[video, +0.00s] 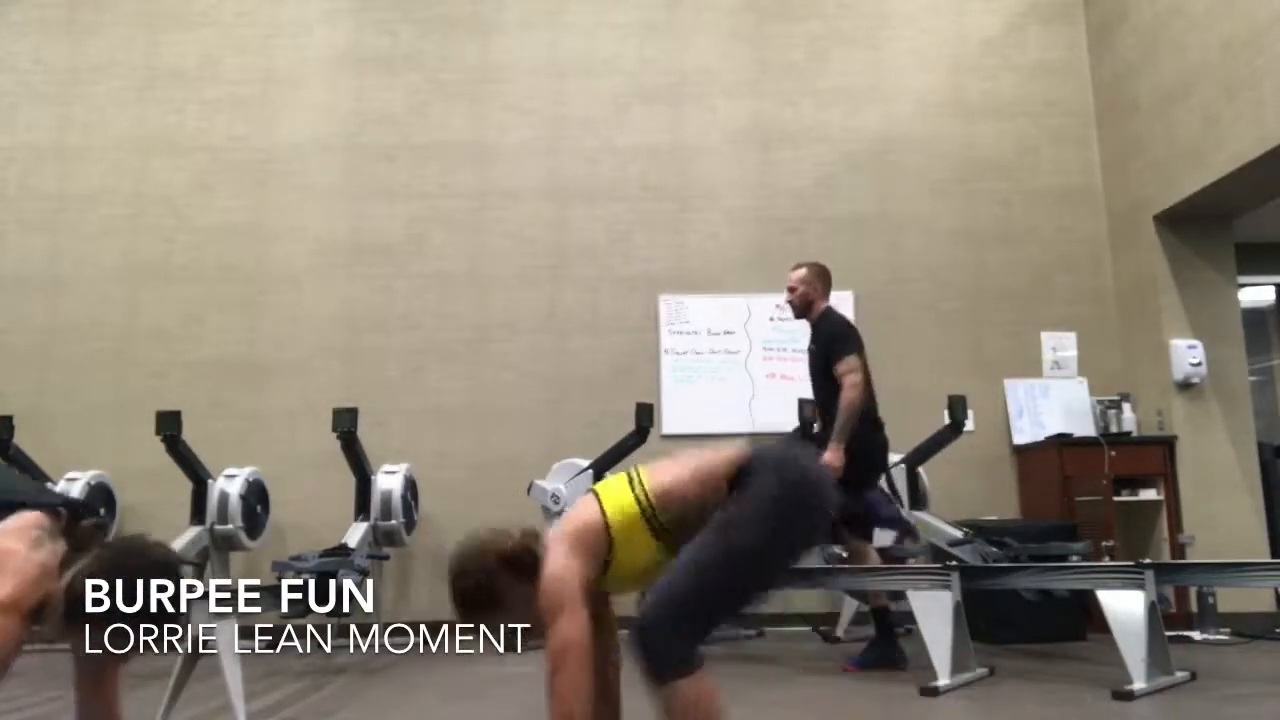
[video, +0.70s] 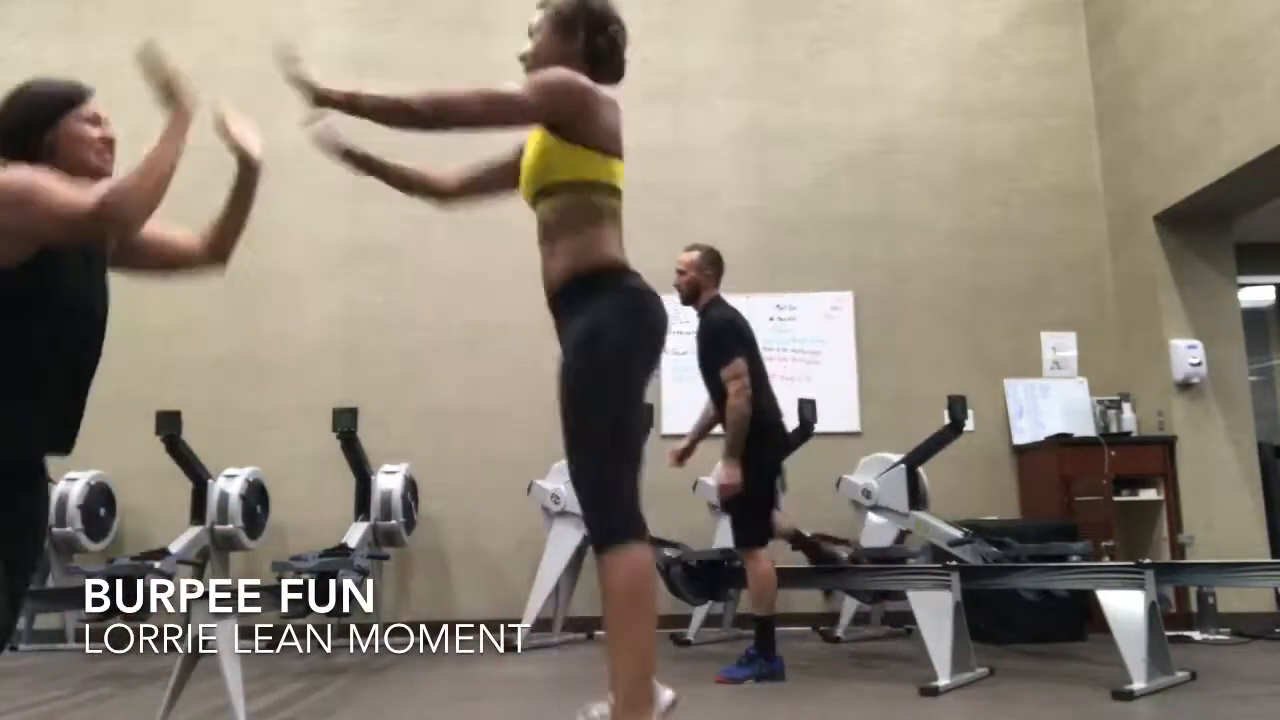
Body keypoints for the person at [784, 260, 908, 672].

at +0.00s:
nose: (788, 296)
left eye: (794, 289)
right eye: (788, 289)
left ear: (817, 292)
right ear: (808, 293)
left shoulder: (834, 328)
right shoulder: (820, 330)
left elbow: (854, 384)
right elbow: (835, 391)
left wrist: (836, 445)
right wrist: (827, 437)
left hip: (857, 445)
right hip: (848, 444)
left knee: (855, 541)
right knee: (853, 540)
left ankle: (886, 638)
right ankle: (884, 637)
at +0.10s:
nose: (782, 295)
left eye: (788, 288)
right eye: (783, 288)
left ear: (811, 291)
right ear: (808, 292)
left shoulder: (824, 327)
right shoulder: (820, 327)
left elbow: (839, 385)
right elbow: (832, 392)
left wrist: (815, 444)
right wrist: (810, 440)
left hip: (843, 450)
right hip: (848, 449)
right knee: (850, 547)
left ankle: (886, 638)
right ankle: (884, 638)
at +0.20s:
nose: (770, 297)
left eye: (775, 290)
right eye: (770, 290)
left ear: (798, 292)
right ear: (796, 293)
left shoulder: (811, 327)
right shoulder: (810, 327)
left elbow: (824, 387)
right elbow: (825, 393)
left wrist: (796, 445)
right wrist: (805, 444)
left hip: (833, 445)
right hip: (843, 443)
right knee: (849, 544)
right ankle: (884, 639)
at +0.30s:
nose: (750, 297)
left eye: (757, 290)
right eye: (751, 290)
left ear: (780, 294)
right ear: (777, 295)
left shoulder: (792, 331)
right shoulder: (791, 330)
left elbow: (808, 390)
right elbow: (810, 395)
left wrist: (783, 441)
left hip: (817, 449)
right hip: (833, 448)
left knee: (784, 544)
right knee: (847, 545)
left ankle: (769, 647)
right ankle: (884, 640)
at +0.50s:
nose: (704, 291)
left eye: (711, 284)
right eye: (705, 284)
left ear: (734, 288)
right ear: (728, 288)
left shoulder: (749, 329)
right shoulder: (740, 329)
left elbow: (774, 397)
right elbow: (751, 401)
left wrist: (758, 458)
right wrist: (743, 453)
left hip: (789, 444)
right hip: (796, 441)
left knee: (768, 545)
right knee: (820, 534)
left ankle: (765, 652)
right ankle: (869, 619)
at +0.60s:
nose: (687, 284)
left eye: (694, 277)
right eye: (689, 276)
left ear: (717, 281)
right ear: (714, 282)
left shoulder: (730, 325)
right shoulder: (727, 322)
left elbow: (754, 395)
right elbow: (734, 396)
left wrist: (750, 464)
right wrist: (712, 443)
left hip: (774, 437)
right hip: (780, 433)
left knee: (762, 547)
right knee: (795, 529)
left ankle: (766, 654)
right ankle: (853, 590)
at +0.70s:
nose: (676, 279)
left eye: (683, 273)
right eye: (677, 272)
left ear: (707, 277)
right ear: (701, 276)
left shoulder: (719, 322)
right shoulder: (710, 320)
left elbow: (740, 395)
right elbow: (722, 394)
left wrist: (732, 460)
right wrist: (692, 440)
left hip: (757, 442)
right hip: (752, 438)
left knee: (753, 548)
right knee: (750, 524)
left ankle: (765, 653)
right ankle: (811, 544)